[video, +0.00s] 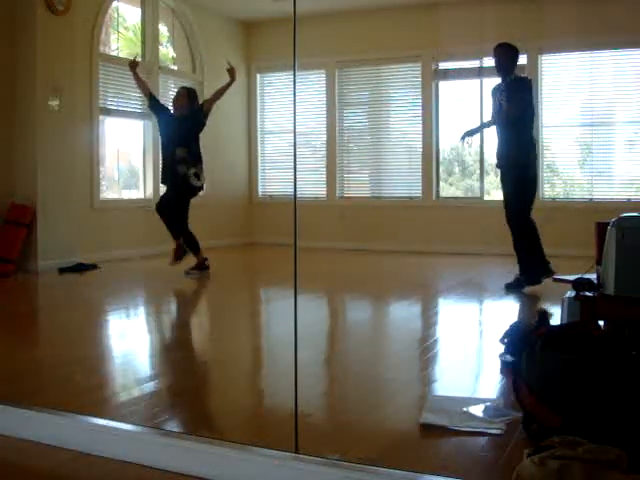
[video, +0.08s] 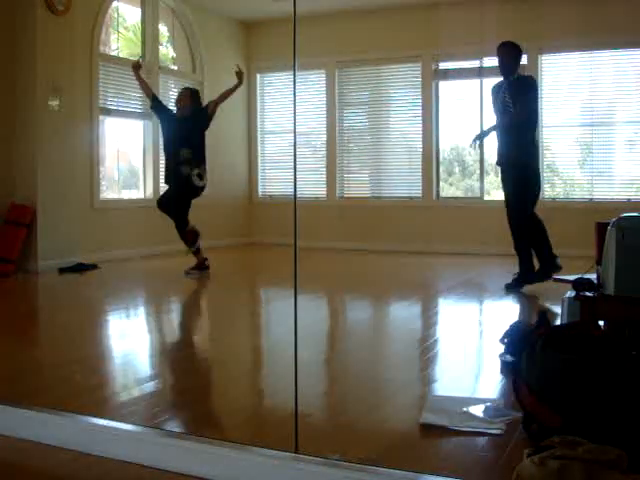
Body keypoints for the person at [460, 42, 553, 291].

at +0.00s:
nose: (497, 63)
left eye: (501, 58)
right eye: (496, 58)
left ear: (511, 60)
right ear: (496, 61)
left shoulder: (522, 85)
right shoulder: (499, 90)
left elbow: (515, 118)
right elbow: (496, 120)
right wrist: (473, 131)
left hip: (523, 160)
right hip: (508, 161)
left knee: (519, 216)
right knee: (515, 216)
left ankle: (533, 271)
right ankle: (535, 268)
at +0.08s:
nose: (503, 63)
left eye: (507, 58)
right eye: (500, 58)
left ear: (518, 59)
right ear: (498, 60)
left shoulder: (527, 84)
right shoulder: (497, 89)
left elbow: (524, 120)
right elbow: (503, 120)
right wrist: (484, 134)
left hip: (526, 160)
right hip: (508, 161)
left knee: (524, 213)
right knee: (515, 216)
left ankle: (548, 262)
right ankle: (526, 269)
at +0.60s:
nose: (541, 89)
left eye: (544, 85)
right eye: (537, 84)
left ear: (550, 87)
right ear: (531, 86)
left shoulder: (559, 110)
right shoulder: (523, 105)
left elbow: (574, 137)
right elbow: (519, 137)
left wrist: (584, 164)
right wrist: (527, 160)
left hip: (552, 171)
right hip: (530, 170)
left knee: (555, 218)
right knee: (533, 215)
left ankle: (563, 265)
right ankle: (527, 261)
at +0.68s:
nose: (541, 89)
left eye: (544, 85)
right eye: (537, 84)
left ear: (550, 86)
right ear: (531, 86)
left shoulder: (558, 109)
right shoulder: (523, 106)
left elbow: (573, 133)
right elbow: (518, 137)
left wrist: (583, 156)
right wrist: (526, 159)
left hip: (552, 172)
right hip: (530, 171)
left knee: (556, 219)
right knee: (532, 217)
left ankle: (563, 264)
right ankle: (525, 256)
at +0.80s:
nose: (539, 93)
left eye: (543, 88)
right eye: (536, 88)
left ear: (547, 90)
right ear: (529, 89)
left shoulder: (552, 111)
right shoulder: (520, 112)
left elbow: (567, 125)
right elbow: (513, 135)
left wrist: (580, 136)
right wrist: (519, 150)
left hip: (551, 173)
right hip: (528, 174)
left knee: (556, 220)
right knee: (531, 218)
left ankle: (564, 264)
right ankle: (522, 250)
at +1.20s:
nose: (518, 98)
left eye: (521, 95)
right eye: (516, 95)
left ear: (528, 97)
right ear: (512, 97)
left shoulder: (537, 113)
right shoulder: (506, 112)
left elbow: (567, 112)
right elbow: (503, 137)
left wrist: (593, 115)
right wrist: (520, 154)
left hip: (529, 172)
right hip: (510, 172)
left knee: (531, 216)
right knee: (516, 216)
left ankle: (529, 262)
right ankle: (522, 262)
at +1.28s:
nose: (516, 98)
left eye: (520, 95)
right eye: (514, 95)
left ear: (526, 97)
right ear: (511, 97)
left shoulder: (535, 114)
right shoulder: (504, 114)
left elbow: (562, 115)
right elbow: (500, 138)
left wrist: (589, 116)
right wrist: (517, 154)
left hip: (528, 172)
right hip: (509, 172)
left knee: (530, 215)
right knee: (516, 216)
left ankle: (527, 260)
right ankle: (523, 262)